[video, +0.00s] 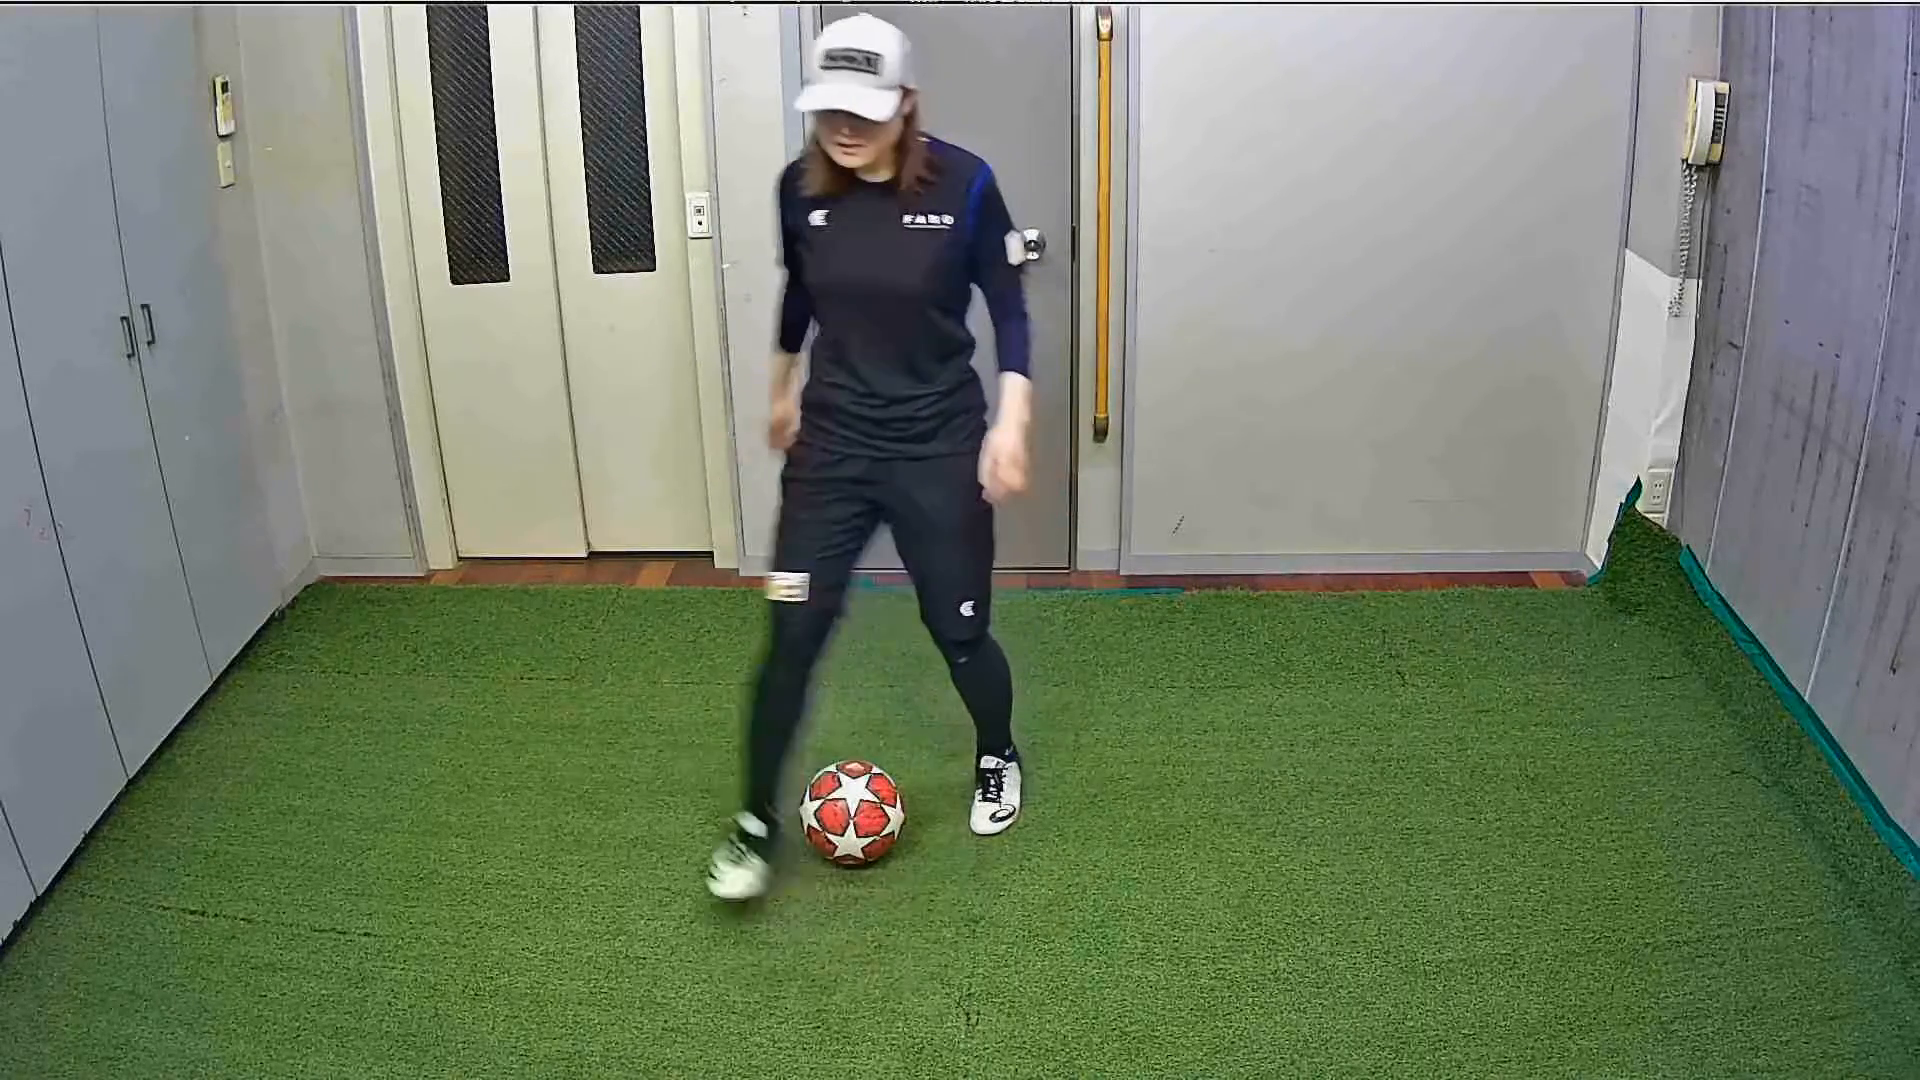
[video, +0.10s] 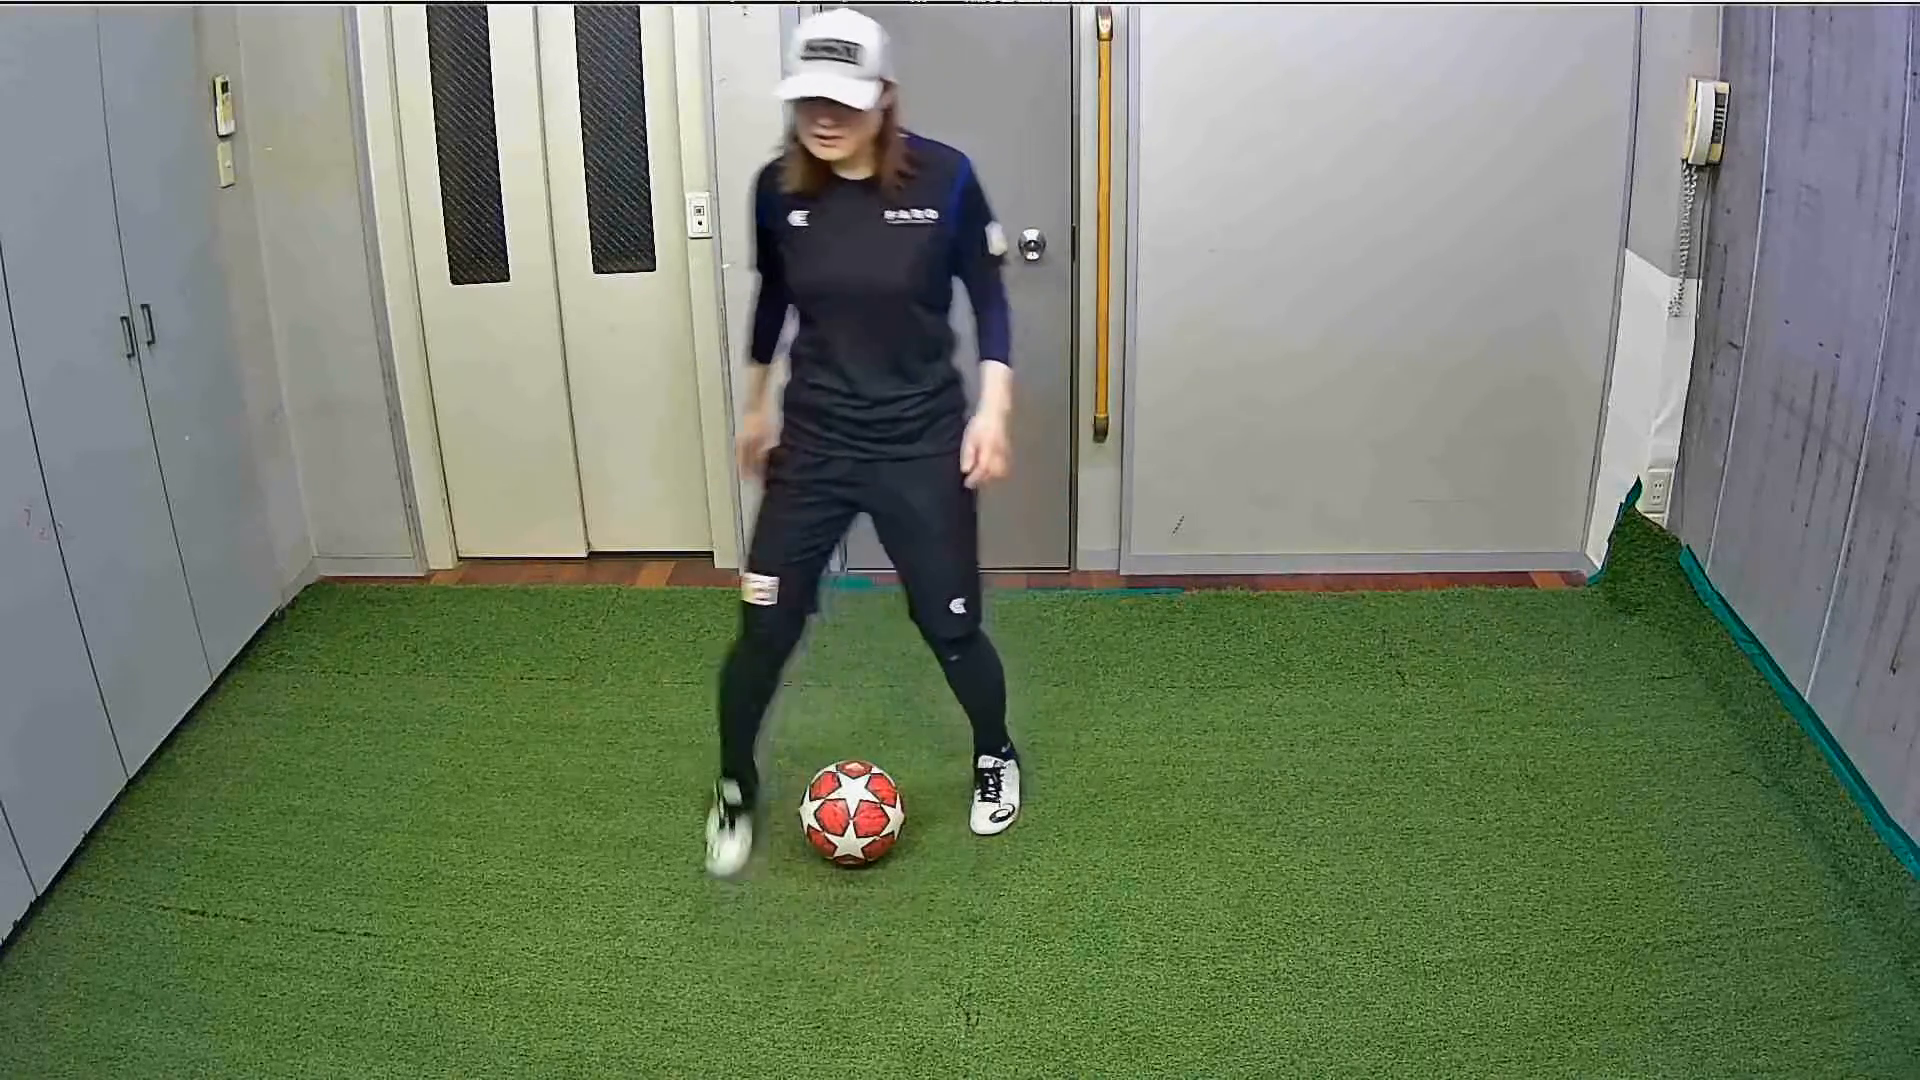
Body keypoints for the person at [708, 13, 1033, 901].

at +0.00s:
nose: (846, 127)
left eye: (864, 112)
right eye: (830, 111)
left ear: (903, 106)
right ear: (810, 108)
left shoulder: (963, 184)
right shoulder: (800, 187)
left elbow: (1009, 306)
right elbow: (799, 288)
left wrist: (1011, 420)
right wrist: (782, 391)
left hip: (939, 442)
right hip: (832, 442)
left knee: (960, 626)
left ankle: (997, 758)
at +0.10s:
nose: (824, 114)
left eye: (844, 98)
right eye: (809, 98)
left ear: (883, 99)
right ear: (790, 101)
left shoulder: (943, 178)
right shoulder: (779, 187)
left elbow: (989, 295)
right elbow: (773, 294)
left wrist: (993, 408)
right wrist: (757, 402)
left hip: (922, 440)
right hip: (813, 440)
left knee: (950, 621)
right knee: (766, 620)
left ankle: (995, 757)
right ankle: (735, 790)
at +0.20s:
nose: (787, 111)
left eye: (807, 95)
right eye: (771, 95)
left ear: (846, 95)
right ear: (754, 100)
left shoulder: (908, 177)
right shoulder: (740, 191)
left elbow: (954, 292)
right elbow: (729, 303)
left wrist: (967, 411)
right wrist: (706, 425)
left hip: (881, 438)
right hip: (774, 440)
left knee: (911, 622)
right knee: (749, 621)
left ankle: (979, 751)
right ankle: (738, 768)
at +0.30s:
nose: (750, 120)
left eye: (770, 103)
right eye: (733, 103)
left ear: (811, 103)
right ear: (714, 108)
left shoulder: (870, 186)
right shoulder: (704, 201)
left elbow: (915, 300)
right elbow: (694, 312)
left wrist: (942, 427)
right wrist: (666, 436)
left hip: (846, 446)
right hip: (742, 447)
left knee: (839, 644)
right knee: (738, 626)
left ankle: (930, 722)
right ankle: (741, 770)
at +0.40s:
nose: (721, 123)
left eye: (742, 107)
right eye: (705, 108)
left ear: (779, 108)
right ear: (686, 114)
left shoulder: (844, 185)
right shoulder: (681, 210)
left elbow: (879, 302)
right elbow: (658, 331)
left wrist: (903, 409)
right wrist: (631, 451)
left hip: (829, 451)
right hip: (727, 452)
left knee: (772, 645)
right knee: (726, 630)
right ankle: (742, 769)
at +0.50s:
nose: (715, 124)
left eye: (735, 107)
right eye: (698, 108)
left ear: (773, 106)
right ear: (678, 114)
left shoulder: (837, 183)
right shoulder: (671, 212)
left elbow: (874, 298)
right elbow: (647, 340)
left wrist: (892, 411)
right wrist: (623, 461)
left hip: (828, 450)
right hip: (724, 452)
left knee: (778, 643)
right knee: (727, 634)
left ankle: (765, 794)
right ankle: (740, 772)